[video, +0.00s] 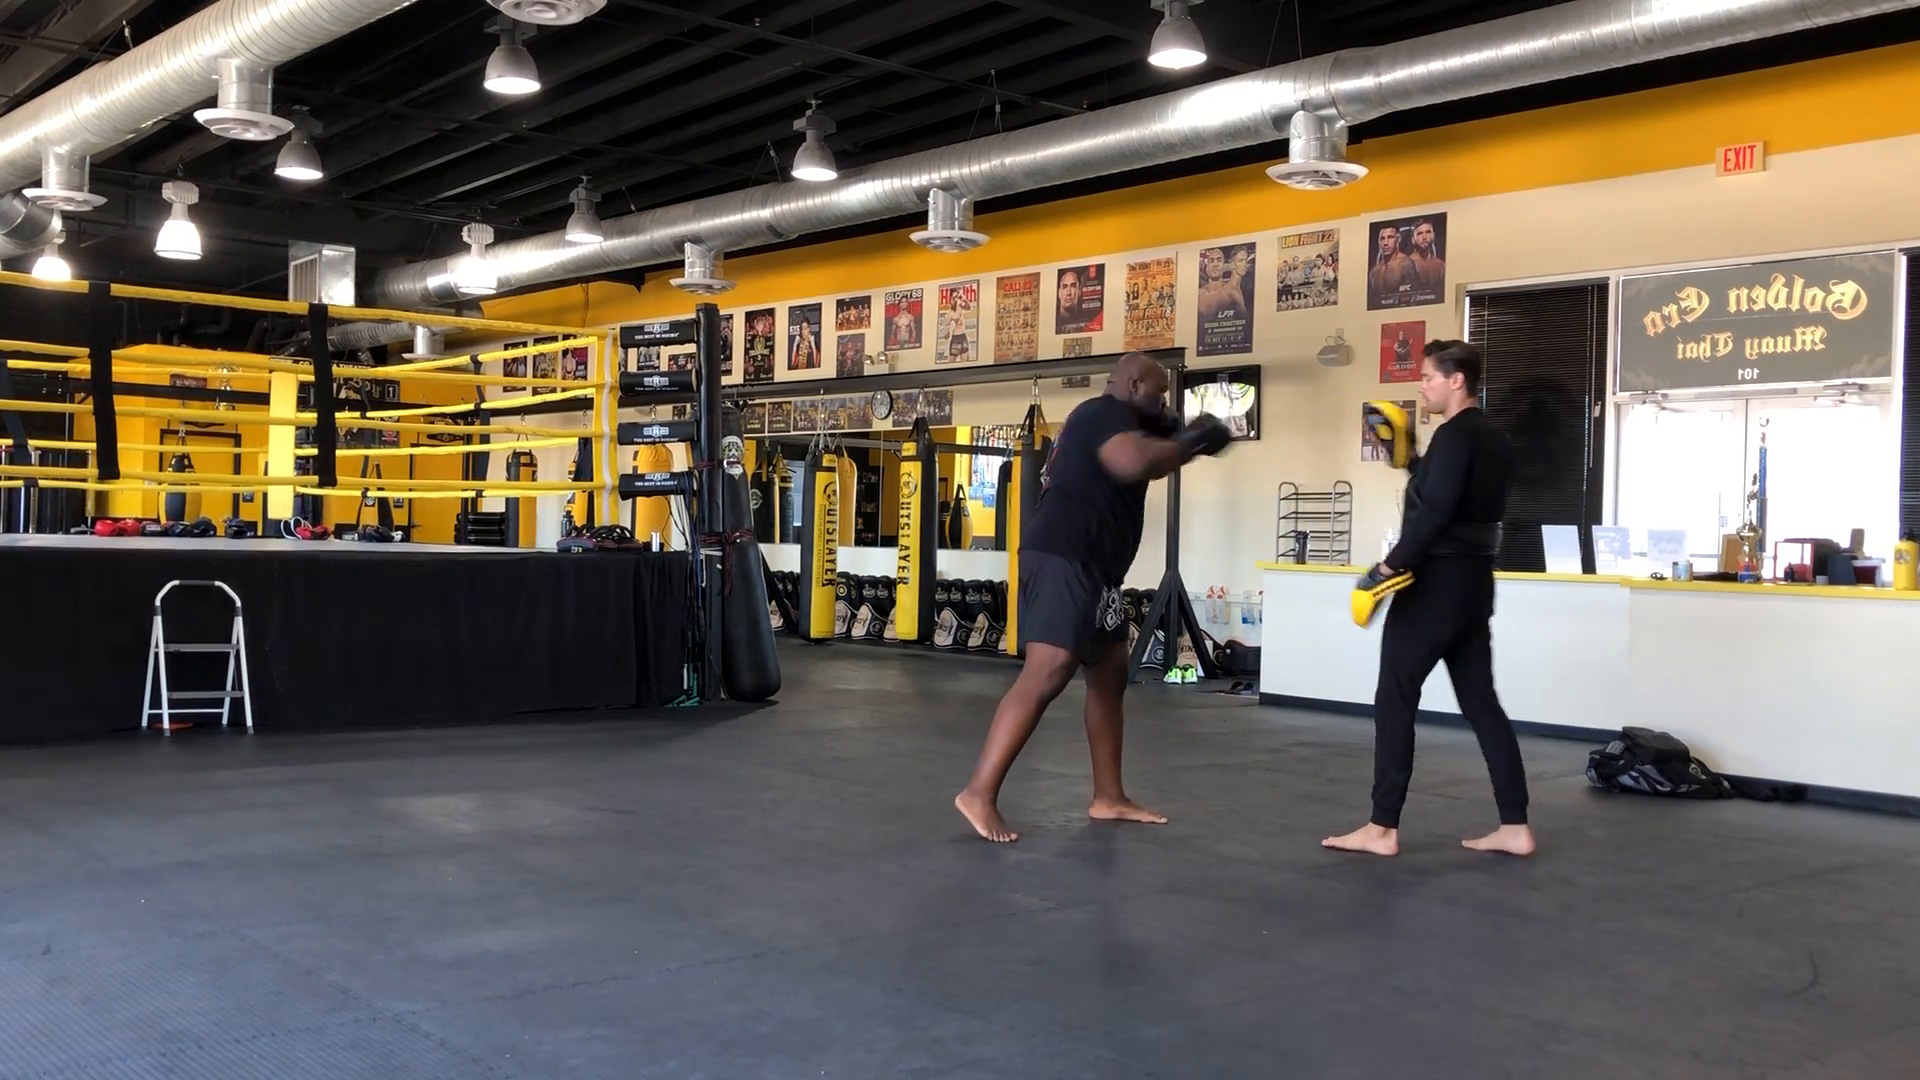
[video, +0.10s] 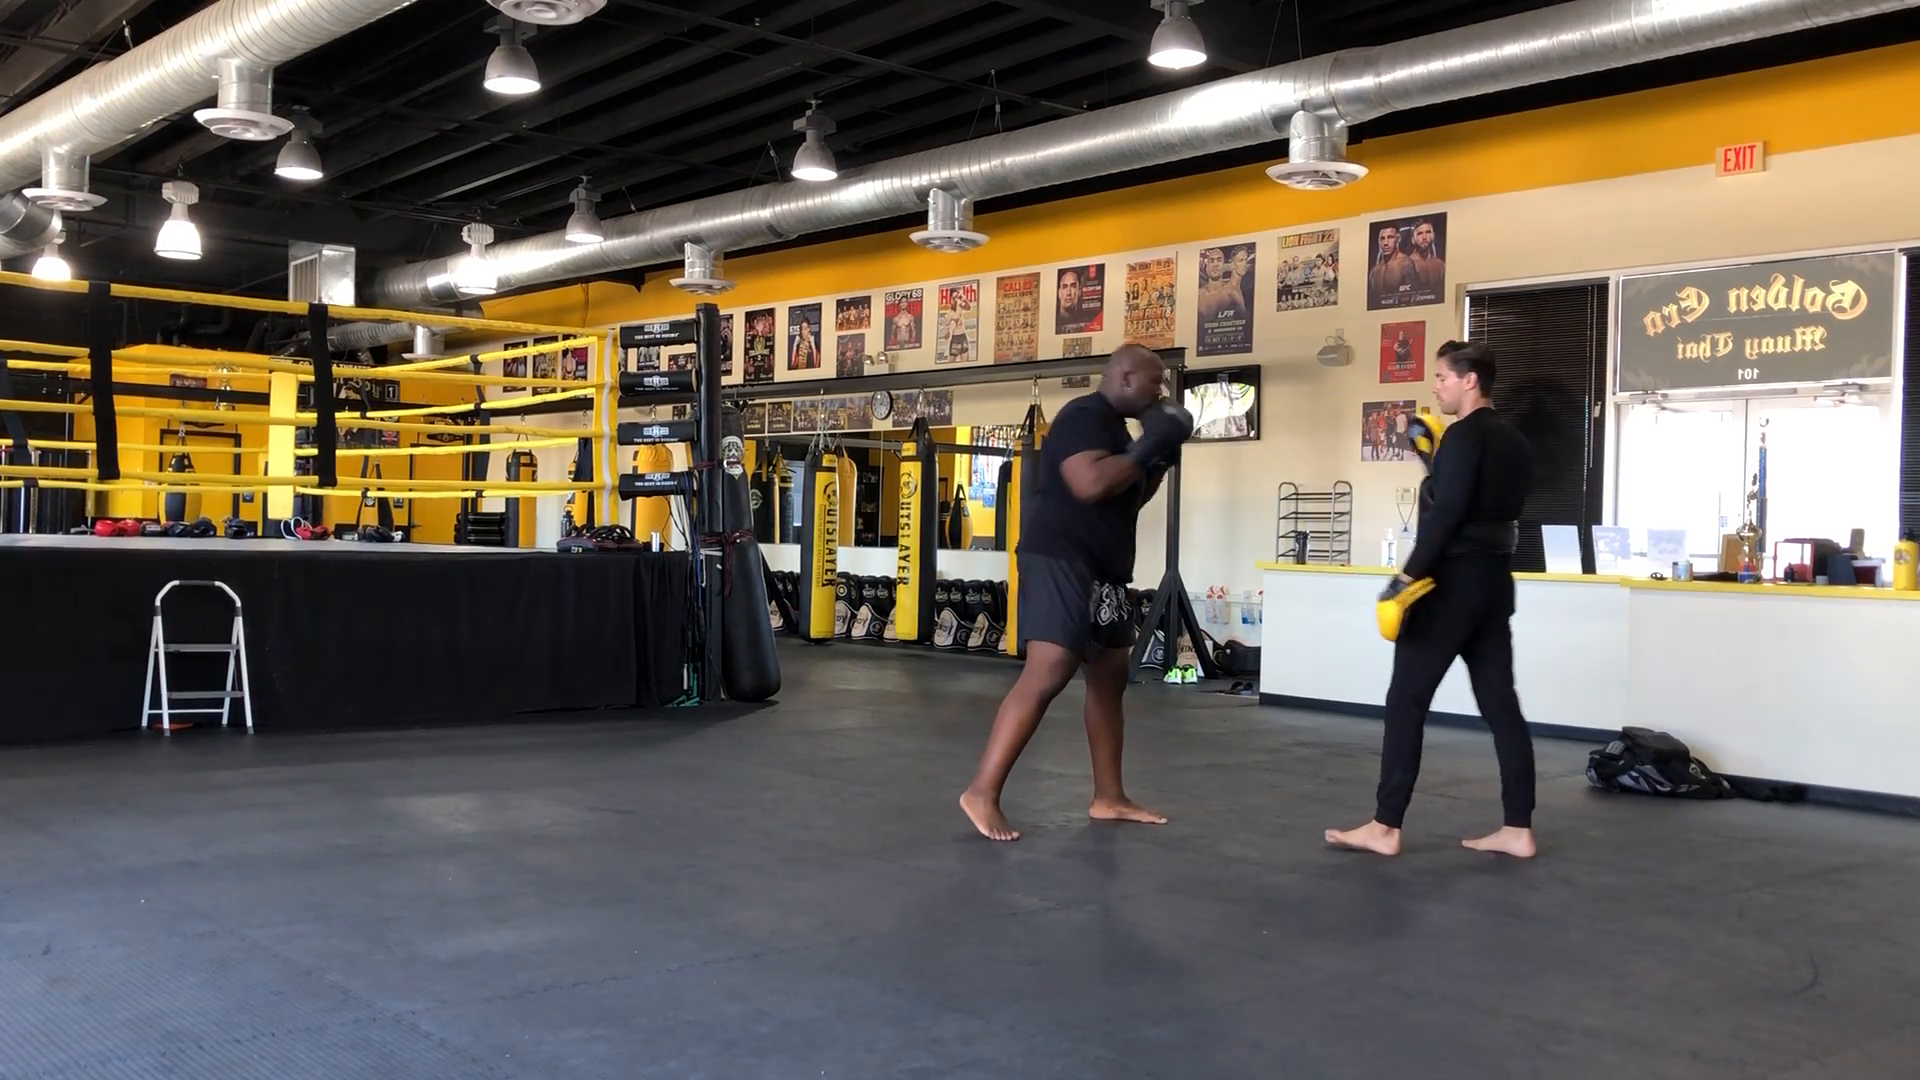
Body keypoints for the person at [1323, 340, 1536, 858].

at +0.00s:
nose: (1421, 388)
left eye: (1427, 379)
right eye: (1421, 378)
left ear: (1456, 381)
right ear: (1460, 385)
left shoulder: (1455, 435)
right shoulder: (1492, 435)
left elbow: (1432, 512)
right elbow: (1442, 491)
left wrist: (1387, 569)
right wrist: (1404, 454)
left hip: (1433, 582)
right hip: (1472, 582)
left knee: (1393, 700)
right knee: (1481, 703)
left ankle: (1382, 827)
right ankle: (1515, 827)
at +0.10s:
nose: (1435, 388)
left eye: (1442, 378)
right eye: (1435, 379)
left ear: (1471, 381)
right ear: (1476, 382)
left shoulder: (1463, 435)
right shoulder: (1508, 437)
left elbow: (1445, 514)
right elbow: (1475, 500)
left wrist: (1401, 582)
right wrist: (1433, 455)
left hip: (1449, 586)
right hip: (1492, 586)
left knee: (1405, 701)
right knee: (1502, 707)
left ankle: (1384, 826)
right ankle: (1518, 830)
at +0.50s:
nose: (1461, 386)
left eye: (1466, 376)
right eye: (1461, 376)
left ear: (1495, 378)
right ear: (1501, 381)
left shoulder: (1490, 431)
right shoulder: (1545, 436)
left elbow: (1481, 510)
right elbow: (1573, 526)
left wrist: (1453, 583)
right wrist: (1544, 577)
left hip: (1489, 586)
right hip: (1534, 586)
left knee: (1455, 703)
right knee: (1525, 705)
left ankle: (1503, 825)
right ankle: (1524, 831)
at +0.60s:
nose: (1465, 383)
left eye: (1471, 373)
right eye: (1466, 373)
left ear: (1498, 376)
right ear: (1505, 379)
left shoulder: (1494, 432)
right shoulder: (1553, 436)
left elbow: (1481, 511)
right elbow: (1578, 522)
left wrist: (1455, 583)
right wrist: (1549, 575)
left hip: (1495, 583)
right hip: (1540, 584)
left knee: (1478, 705)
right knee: (1527, 703)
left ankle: (1522, 834)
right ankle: (1522, 826)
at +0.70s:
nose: (1466, 383)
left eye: (1472, 373)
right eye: (1467, 373)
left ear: (1500, 376)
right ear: (1506, 378)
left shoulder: (1496, 432)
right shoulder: (1556, 434)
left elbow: (1482, 512)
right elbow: (1583, 519)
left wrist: (1455, 582)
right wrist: (1553, 570)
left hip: (1500, 580)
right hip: (1544, 582)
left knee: (1498, 705)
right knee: (1527, 703)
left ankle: (1526, 840)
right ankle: (1523, 826)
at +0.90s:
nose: (1465, 384)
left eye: (1470, 375)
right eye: (1465, 374)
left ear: (1497, 377)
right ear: (1504, 378)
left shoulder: (1498, 432)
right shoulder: (1557, 428)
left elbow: (1485, 516)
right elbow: (1590, 509)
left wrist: (1450, 584)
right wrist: (1551, 544)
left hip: (1514, 575)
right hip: (1559, 574)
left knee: (1518, 709)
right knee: (1524, 705)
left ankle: (1529, 845)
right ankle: (1523, 823)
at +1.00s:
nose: (1467, 387)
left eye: (1472, 377)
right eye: (1467, 376)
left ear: (1500, 376)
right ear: (1510, 378)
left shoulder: (1502, 432)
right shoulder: (1563, 429)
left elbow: (1488, 516)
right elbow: (1591, 515)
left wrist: (1454, 583)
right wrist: (1539, 537)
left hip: (1517, 574)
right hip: (1563, 573)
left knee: (1521, 707)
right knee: (1527, 704)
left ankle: (1530, 845)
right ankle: (1530, 824)